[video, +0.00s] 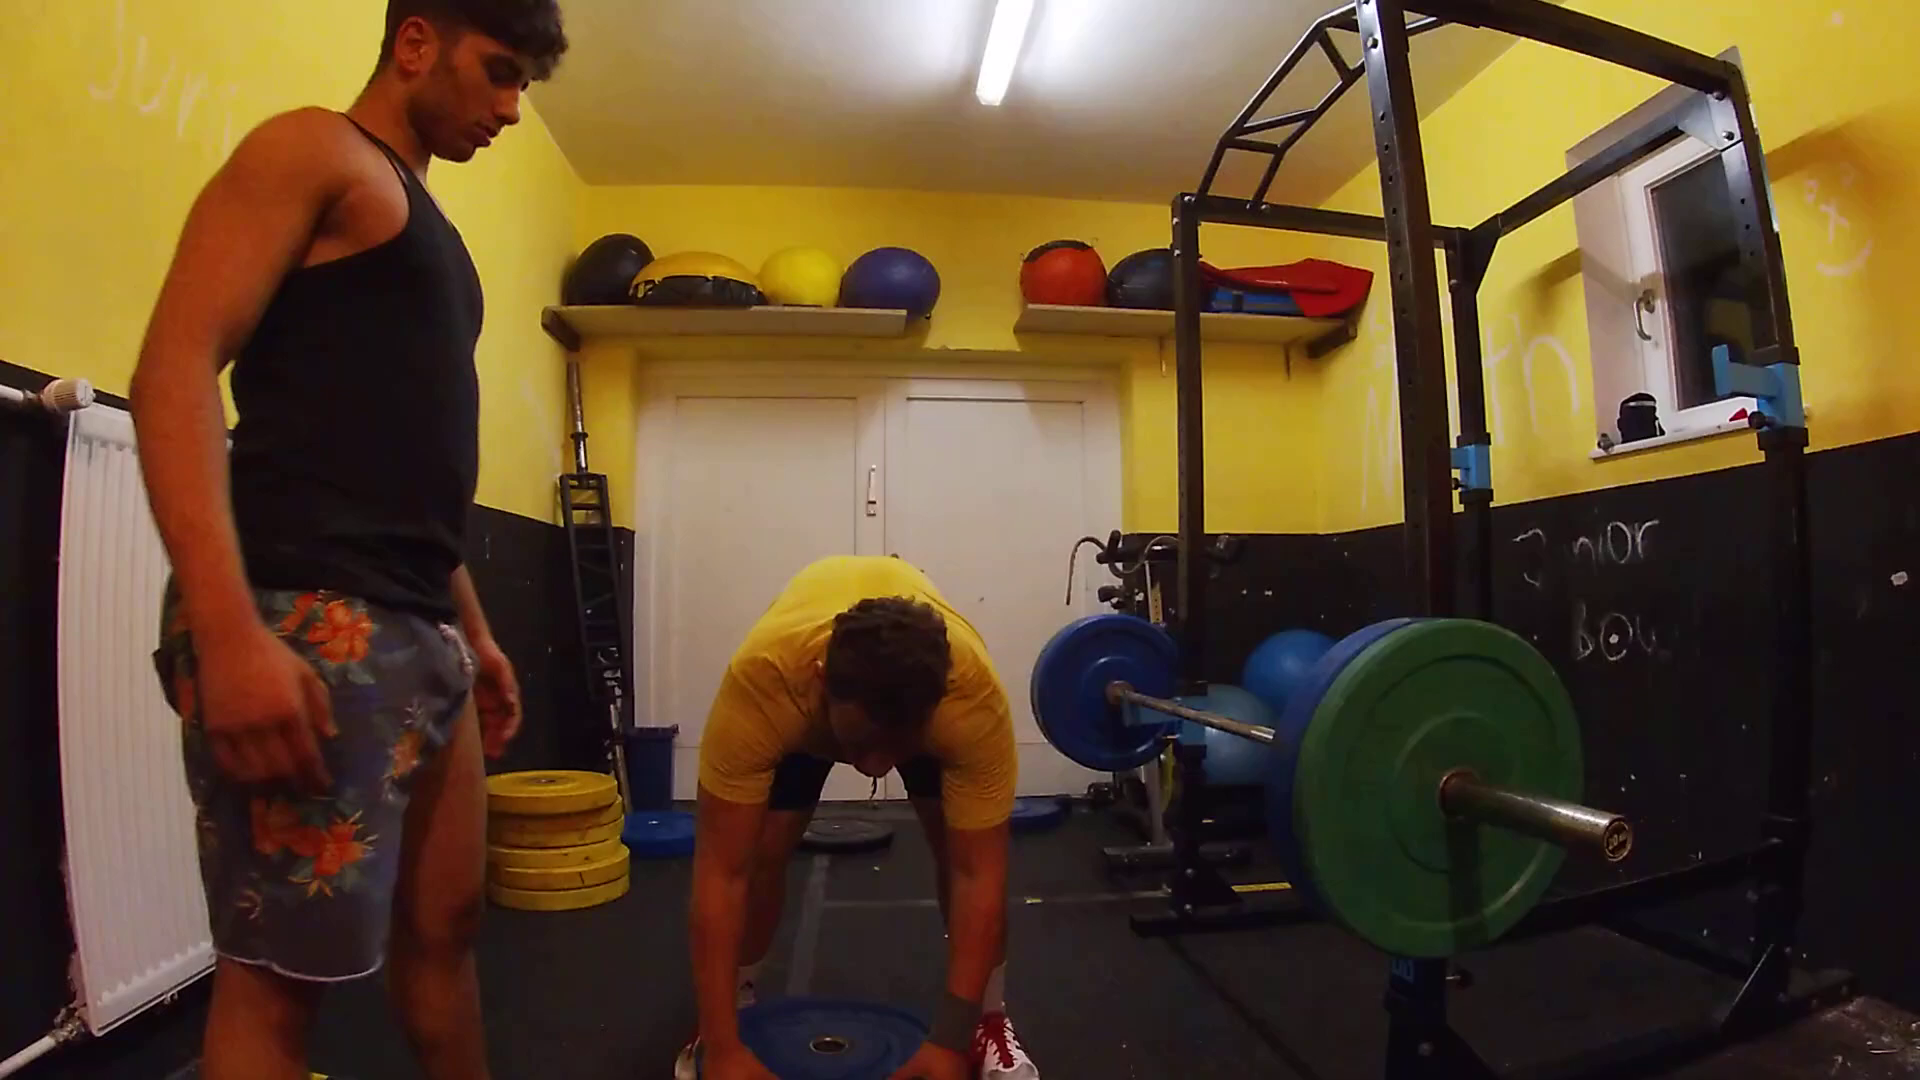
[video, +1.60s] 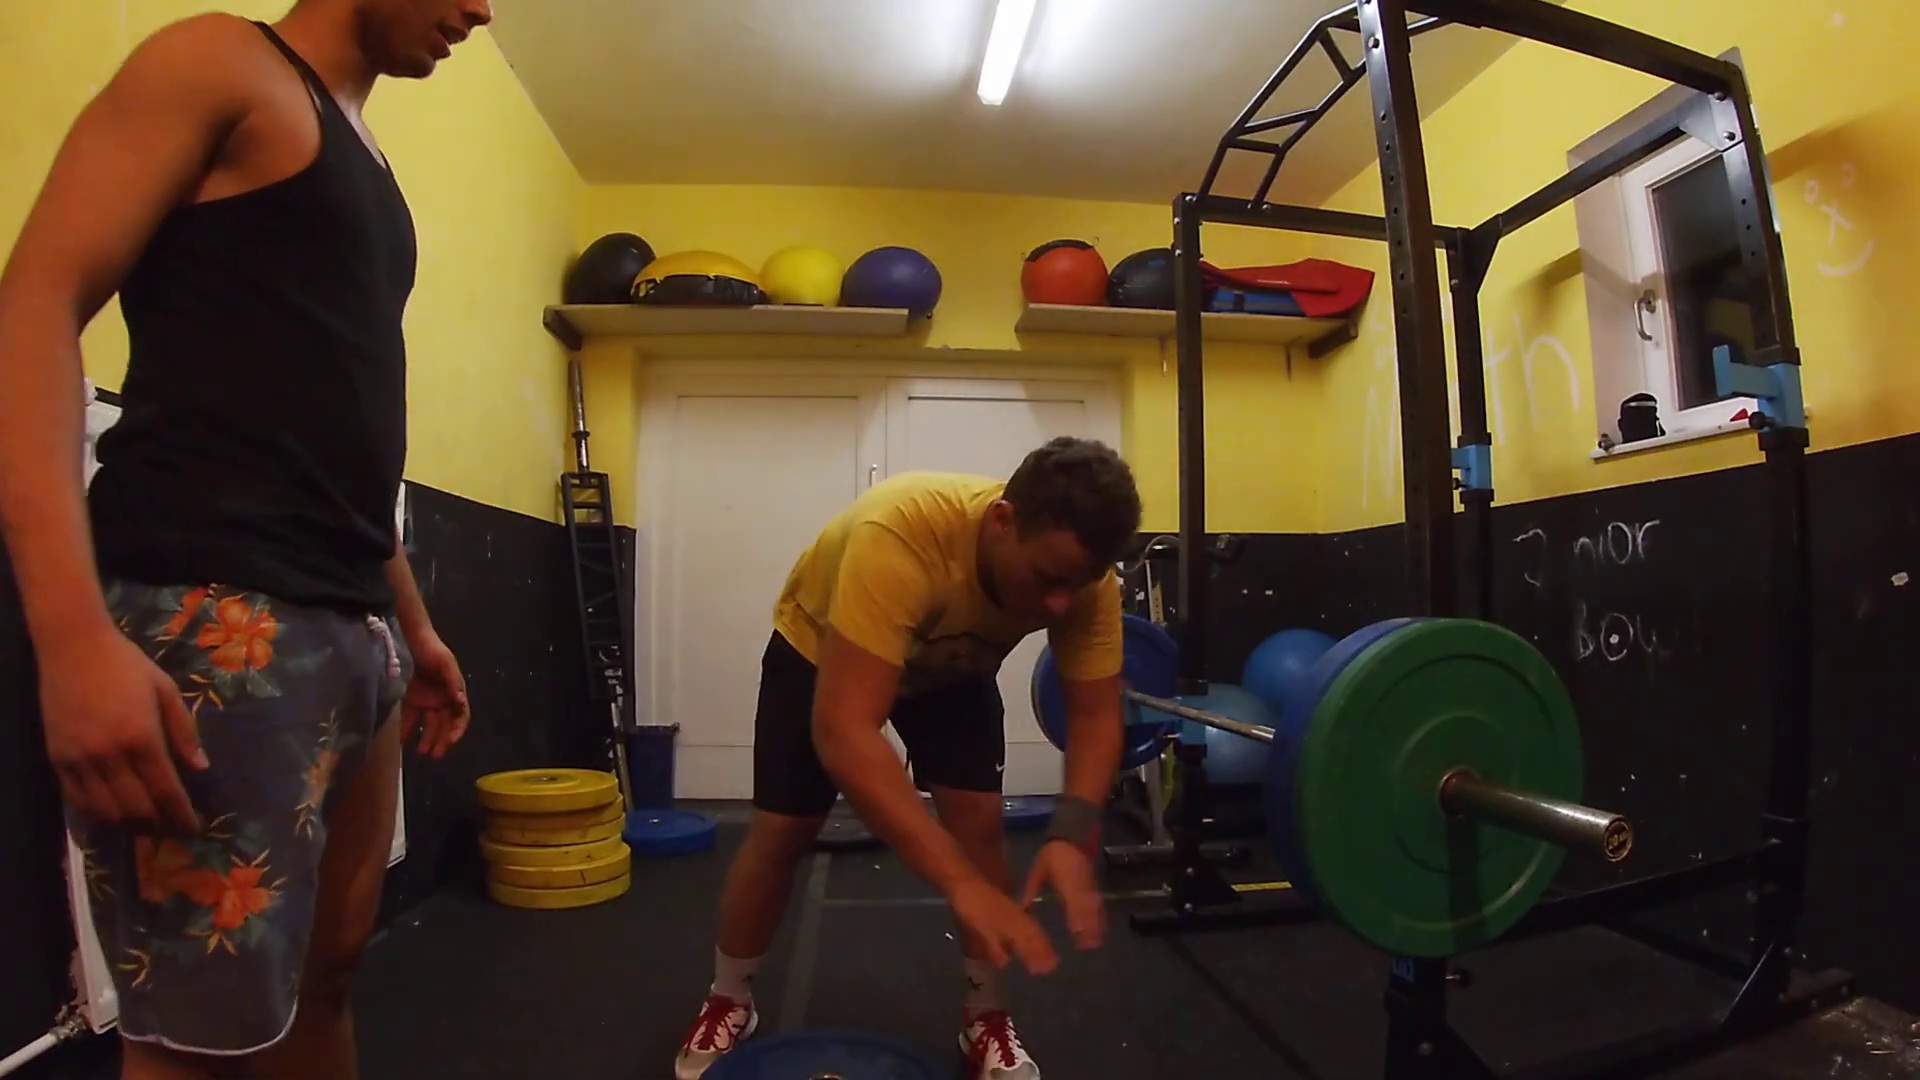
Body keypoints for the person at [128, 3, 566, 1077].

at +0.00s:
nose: (515, 109)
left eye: (523, 86)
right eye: (501, 72)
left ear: (423, 55)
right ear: (414, 44)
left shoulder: (421, 220)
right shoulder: (310, 148)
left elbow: (400, 452)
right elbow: (172, 375)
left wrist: (470, 628)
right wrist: (227, 633)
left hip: (423, 636)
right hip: (307, 627)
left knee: (442, 935)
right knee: (273, 984)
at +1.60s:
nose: (479, 13)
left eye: (484, 1)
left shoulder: (358, 150)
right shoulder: (215, 59)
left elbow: (337, 416)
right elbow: (33, 304)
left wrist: (408, 619)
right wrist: (72, 638)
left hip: (352, 638)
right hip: (216, 633)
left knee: (320, 989)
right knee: (190, 1042)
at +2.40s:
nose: (463, 18)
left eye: (472, 4)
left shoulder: (353, 129)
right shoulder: (200, 33)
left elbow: (330, 397)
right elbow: (11, 262)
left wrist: (394, 610)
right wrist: (79, 590)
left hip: (339, 633)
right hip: (196, 629)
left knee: (323, 997)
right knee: (184, 1045)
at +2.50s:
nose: (472, 29)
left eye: (485, 12)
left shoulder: (353, 133)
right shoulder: (203, 48)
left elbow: (330, 409)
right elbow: (17, 269)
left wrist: (406, 610)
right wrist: (175, 464)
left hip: (337, 622)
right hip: (188, 617)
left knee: (322, 995)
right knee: (192, 1035)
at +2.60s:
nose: (470, 43)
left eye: (488, 24)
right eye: (471, 8)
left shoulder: (363, 162)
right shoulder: (197, 61)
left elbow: (342, 422)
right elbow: (25, 271)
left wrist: (417, 614)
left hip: (347, 630)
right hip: (199, 622)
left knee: (318, 1000)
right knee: (201, 1039)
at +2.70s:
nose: (467, 52)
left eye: (485, 32)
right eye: (473, 18)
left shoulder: (355, 148)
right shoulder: (210, 62)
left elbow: (350, 415)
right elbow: (51, 231)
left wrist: (424, 614)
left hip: (355, 625)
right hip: (210, 615)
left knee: (321, 991)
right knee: (206, 1037)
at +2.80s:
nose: (459, 60)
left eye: (479, 38)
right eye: (463, 21)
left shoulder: (344, 143)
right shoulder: (226, 94)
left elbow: (356, 408)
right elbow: (136, 102)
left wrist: (430, 616)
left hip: (358, 620)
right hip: (214, 617)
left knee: (324, 989)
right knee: (207, 1032)